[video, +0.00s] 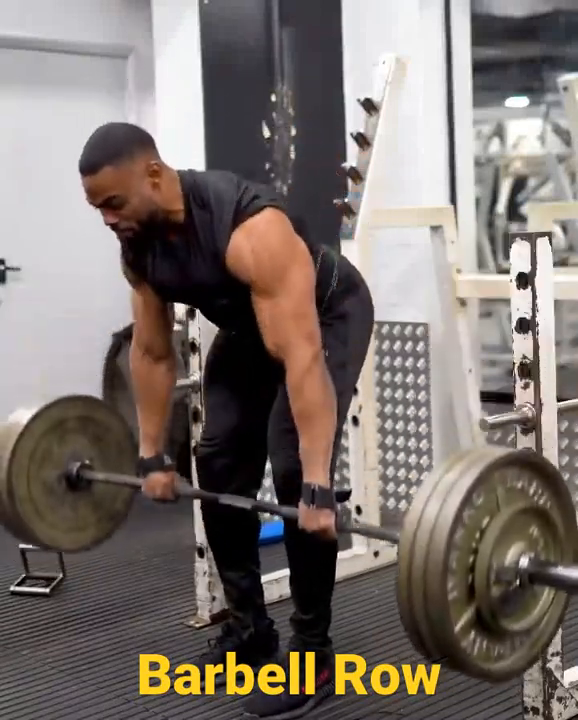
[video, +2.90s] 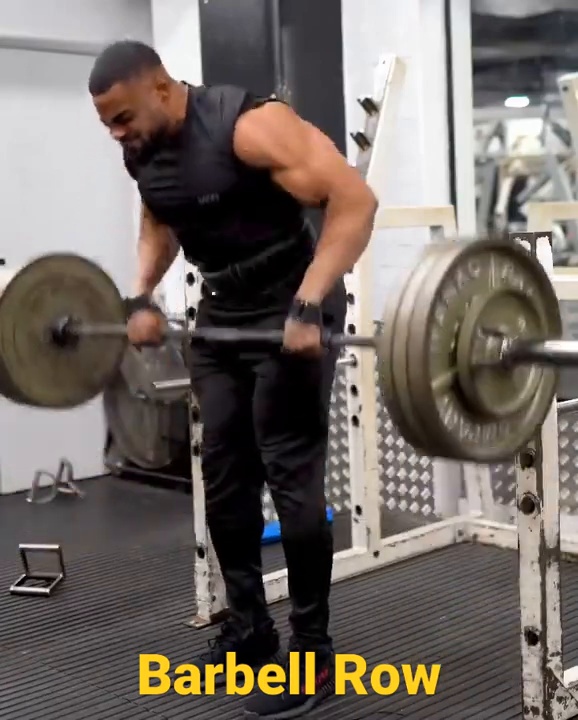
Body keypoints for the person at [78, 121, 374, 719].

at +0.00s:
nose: (108, 220)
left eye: (114, 204)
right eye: (99, 209)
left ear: (155, 174)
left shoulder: (252, 230)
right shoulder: (141, 244)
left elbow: (304, 356)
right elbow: (151, 352)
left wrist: (317, 484)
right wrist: (152, 454)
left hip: (326, 312)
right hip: (248, 324)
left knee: (293, 465)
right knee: (218, 468)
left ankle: (310, 648)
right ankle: (248, 626)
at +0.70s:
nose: (113, 172)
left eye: (118, 156)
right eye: (105, 161)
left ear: (160, 127)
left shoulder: (251, 170)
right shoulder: (149, 193)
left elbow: (329, 277)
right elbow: (159, 292)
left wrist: (311, 400)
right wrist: (147, 386)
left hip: (318, 311)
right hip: (247, 319)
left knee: (305, 469)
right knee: (240, 468)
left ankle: (312, 648)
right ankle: (251, 624)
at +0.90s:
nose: (120, 145)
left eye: (125, 128)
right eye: (111, 134)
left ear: (168, 99)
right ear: (112, 122)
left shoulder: (255, 131)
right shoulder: (149, 159)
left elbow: (361, 204)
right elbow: (165, 225)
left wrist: (319, 306)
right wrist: (149, 297)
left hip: (303, 307)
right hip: (230, 311)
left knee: (299, 473)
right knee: (231, 475)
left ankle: (313, 647)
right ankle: (250, 627)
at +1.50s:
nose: (115, 186)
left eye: (119, 168)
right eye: (106, 175)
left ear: (160, 137)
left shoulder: (253, 176)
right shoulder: (147, 201)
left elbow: (332, 277)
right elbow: (158, 288)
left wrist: (307, 398)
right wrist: (142, 380)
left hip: (315, 321)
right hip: (241, 332)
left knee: (302, 475)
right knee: (226, 481)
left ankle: (311, 646)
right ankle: (248, 627)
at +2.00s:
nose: (94, 227)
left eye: (99, 209)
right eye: (84, 214)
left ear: (140, 178)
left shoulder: (241, 237)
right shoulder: (130, 256)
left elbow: (290, 363)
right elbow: (145, 362)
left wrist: (311, 491)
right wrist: (148, 466)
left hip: (318, 313)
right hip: (238, 326)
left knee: (291, 474)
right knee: (211, 474)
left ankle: (310, 648)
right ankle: (248, 628)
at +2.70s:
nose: (113, 154)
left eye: (121, 137)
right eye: (106, 142)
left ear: (166, 111)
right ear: (106, 134)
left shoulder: (251, 165)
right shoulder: (147, 188)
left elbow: (329, 269)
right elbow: (156, 285)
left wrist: (304, 392)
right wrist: (140, 376)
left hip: (305, 318)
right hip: (237, 324)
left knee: (296, 471)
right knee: (232, 468)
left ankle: (311, 649)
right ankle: (249, 625)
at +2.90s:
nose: (117, 136)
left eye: (123, 119)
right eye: (109, 125)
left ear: (167, 89)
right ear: (112, 114)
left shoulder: (252, 127)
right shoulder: (146, 152)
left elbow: (356, 201)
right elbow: (160, 220)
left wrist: (308, 303)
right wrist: (141, 292)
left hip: (295, 316)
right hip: (221, 320)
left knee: (291, 476)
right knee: (224, 478)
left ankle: (310, 651)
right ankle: (246, 630)